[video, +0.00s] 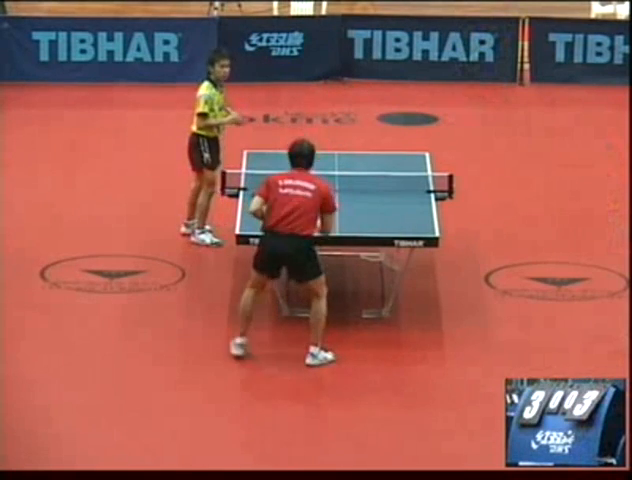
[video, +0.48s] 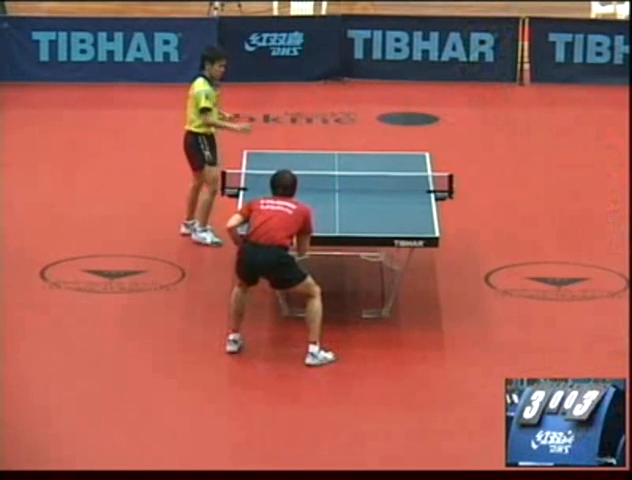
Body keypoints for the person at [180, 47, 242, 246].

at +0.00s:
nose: (225, 71)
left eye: (227, 67)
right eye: (221, 67)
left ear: (229, 69)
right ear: (211, 69)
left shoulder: (218, 90)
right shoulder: (206, 91)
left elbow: (222, 110)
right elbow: (201, 121)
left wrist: (235, 117)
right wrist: (228, 120)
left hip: (211, 137)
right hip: (202, 138)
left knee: (202, 182)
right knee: (209, 183)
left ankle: (190, 222)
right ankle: (200, 228)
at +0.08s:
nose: (223, 71)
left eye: (225, 66)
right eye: (219, 66)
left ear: (227, 68)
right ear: (208, 68)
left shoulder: (216, 89)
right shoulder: (204, 90)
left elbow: (219, 111)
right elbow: (200, 120)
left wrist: (235, 117)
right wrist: (226, 119)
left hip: (209, 136)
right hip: (200, 137)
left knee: (201, 181)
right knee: (208, 183)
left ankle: (190, 222)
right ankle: (199, 228)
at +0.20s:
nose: (221, 70)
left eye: (223, 66)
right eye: (217, 66)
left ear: (225, 68)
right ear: (206, 67)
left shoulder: (214, 88)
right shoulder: (201, 90)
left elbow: (217, 109)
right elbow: (199, 119)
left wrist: (233, 116)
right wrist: (225, 119)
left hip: (208, 134)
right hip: (198, 135)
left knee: (200, 181)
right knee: (205, 182)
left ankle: (190, 222)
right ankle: (199, 228)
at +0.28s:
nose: (221, 70)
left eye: (223, 66)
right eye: (217, 66)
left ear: (223, 67)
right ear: (206, 66)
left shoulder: (212, 88)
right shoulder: (201, 89)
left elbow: (216, 110)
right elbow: (199, 118)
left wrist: (233, 116)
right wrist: (225, 119)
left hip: (207, 134)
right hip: (198, 135)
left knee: (199, 181)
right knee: (204, 182)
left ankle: (190, 222)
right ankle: (199, 228)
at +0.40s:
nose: (221, 70)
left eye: (223, 66)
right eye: (218, 66)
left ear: (222, 67)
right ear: (206, 66)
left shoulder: (211, 87)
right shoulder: (201, 89)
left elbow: (216, 112)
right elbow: (203, 118)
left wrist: (236, 117)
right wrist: (229, 121)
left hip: (206, 134)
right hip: (198, 135)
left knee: (199, 180)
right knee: (206, 182)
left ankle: (190, 222)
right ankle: (200, 228)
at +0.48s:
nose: (222, 70)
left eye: (223, 66)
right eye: (218, 66)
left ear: (221, 67)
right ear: (207, 66)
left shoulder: (212, 87)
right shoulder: (202, 88)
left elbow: (214, 112)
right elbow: (207, 118)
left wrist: (228, 116)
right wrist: (236, 128)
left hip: (205, 134)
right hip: (199, 135)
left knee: (198, 180)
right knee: (211, 182)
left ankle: (189, 222)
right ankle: (202, 228)